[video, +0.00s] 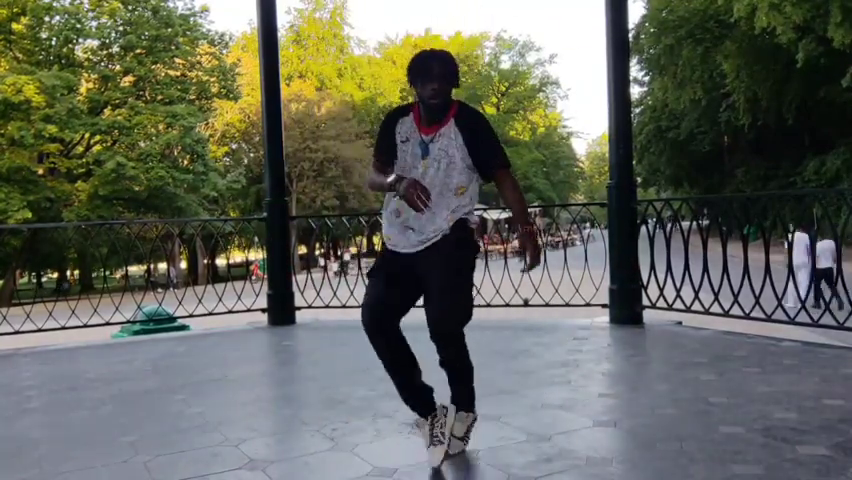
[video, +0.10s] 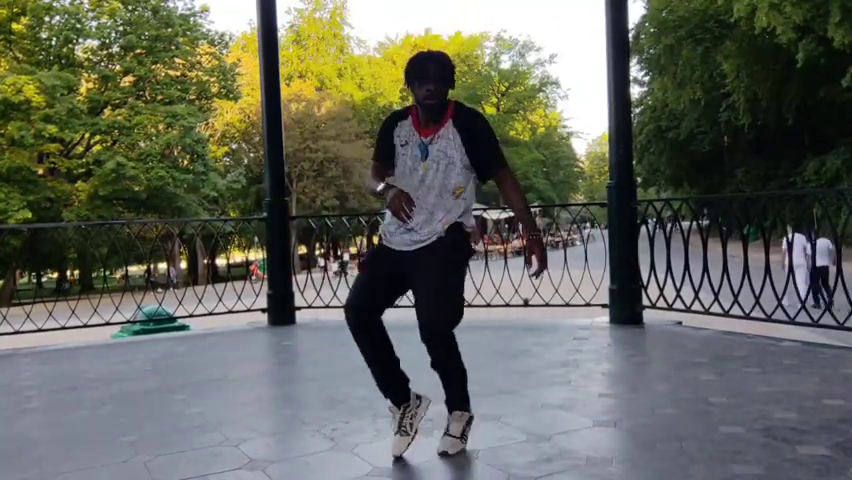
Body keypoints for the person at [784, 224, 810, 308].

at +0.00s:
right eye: (806, 228)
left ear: (796, 227)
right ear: (804, 228)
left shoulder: (791, 236)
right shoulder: (806, 236)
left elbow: (787, 248)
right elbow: (808, 249)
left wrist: (788, 260)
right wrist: (809, 258)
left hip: (793, 260)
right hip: (804, 260)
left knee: (791, 282)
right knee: (803, 282)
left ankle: (791, 302)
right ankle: (802, 301)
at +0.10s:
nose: (787, 230)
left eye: (788, 229)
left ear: (789, 229)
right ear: (797, 228)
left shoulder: (786, 238)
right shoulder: (802, 237)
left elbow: (784, 251)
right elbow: (807, 251)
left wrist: (783, 262)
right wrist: (808, 262)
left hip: (789, 263)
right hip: (800, 262)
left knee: (788, 283)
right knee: (801, 282)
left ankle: (787, 301)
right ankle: (802, 302)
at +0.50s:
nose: (779, 228)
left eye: (779, 227)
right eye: (780, 227)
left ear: (779, 228)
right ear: (786, 227)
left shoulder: (775, 237)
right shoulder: (791, 236)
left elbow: (771, 249)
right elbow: (794, 249)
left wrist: (771, 258)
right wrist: (795, 259)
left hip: (780, 260)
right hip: (789, 260)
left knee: (781, 280)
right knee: (789, 280)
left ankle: (784, 299)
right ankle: (789, 298)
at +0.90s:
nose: (774, 229)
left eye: (774, 228)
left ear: (773, 228)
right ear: (781, 229)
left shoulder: (770, 237)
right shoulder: (783, 236)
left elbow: (769, 249)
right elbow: (786, 249)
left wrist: (769, 259)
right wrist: (787, 258)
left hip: (773, 260)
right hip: (782, 259)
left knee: (775, 278)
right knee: (782, 277)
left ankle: (778, 294)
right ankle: (781, 295)